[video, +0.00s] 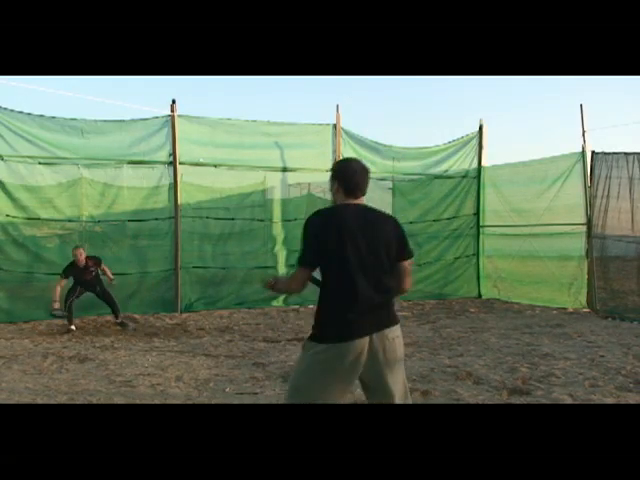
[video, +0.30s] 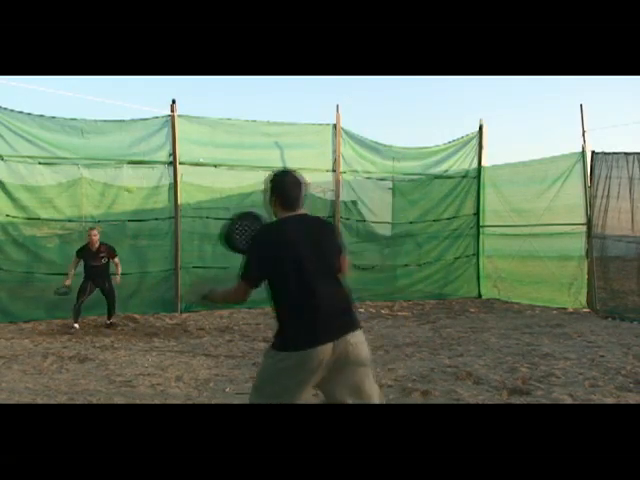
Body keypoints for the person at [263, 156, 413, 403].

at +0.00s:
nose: (330, 188)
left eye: (331, 183)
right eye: (332, 183)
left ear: (336, 186)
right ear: (365, 188)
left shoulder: (320, 221)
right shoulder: (389, 223)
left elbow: (298, 283)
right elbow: (404, 284)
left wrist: (279, 285)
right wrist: (370, 283)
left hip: (335, 339)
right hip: (386, 336)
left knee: (303, 398)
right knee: (394, 399)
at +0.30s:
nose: (267, 200)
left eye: (269, 195)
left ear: (274, 199)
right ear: (302, 197)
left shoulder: (266, 236)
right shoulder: (325, 227)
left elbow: (241, 293)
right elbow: (342, 267)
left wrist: (213, 295)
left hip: (300, 345)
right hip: (348, 337)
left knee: (266, 400)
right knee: (366, 399)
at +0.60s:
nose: (210, 226)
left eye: (210, 221)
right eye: (210, 221)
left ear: (215, 224)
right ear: (244, 214)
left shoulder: (231, 255)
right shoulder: (266, 229)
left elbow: (230, 323)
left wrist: (194, 374)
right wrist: (221, 251)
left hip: (299, 339)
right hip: (341, 321)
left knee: (263, 399)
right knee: (371, 398)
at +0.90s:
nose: (236, 219)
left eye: (235, 214)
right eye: (236, 213)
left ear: (240, 218)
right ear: (267, 210)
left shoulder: (255, 248)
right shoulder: (289, 229)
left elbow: (272, 312)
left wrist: (247, 365)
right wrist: (260, 325)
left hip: (318, 341)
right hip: (356, 323)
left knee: (271, 400)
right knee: (384, 398)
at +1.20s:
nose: (320, 203)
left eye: (321, 199)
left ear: (323, 203)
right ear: (352, 202)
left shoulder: (318, 238)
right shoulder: (377, 234)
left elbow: (323, 300)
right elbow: (396, 289)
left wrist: (307, 339)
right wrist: (389, 315)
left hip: (349, 345)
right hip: (394, 337)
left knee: (304, 399)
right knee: (400, 400)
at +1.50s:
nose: (347, 194)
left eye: (348, 191)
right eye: (349, 191)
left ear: (351, 194)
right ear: (380, 197)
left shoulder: (336, 228)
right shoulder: (400, 228)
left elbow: (316, 286)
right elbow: (421, 287)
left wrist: (303, 293)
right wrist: (395, 299)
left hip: (356, 338)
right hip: (403, 332)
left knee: (326, 399)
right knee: (413, 399)